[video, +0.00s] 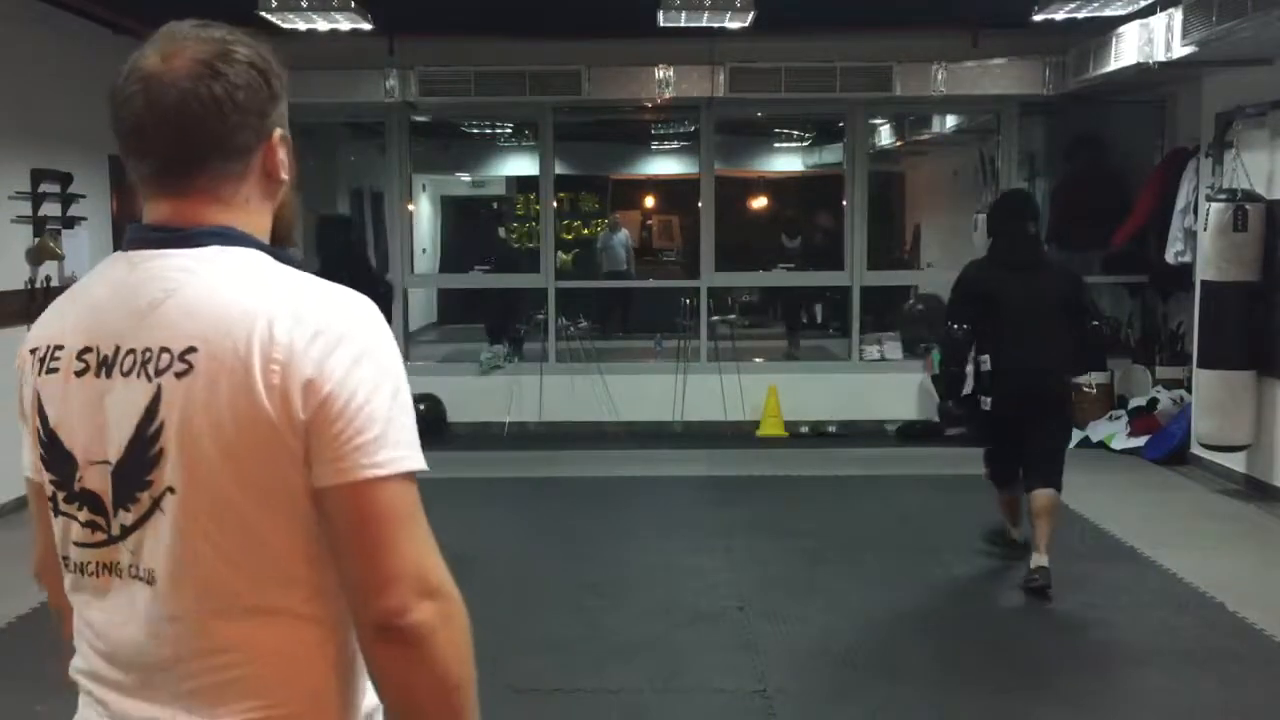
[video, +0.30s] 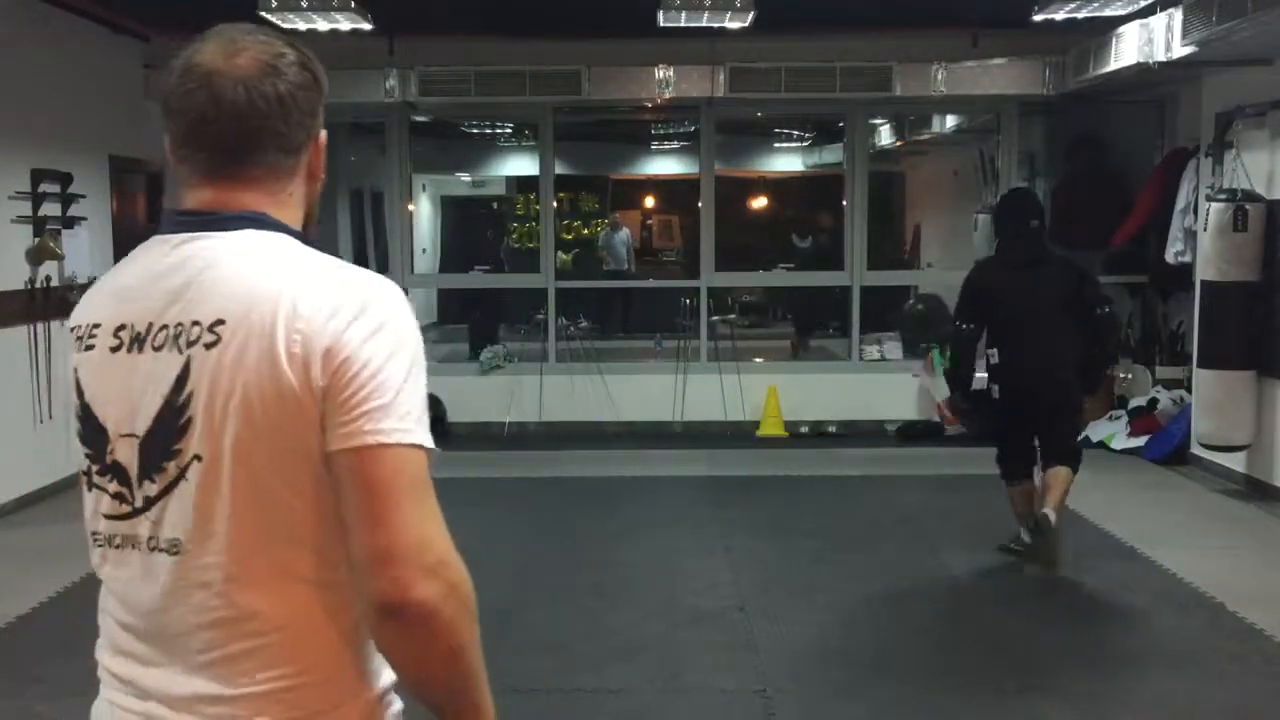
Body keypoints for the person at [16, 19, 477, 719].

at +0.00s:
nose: (294, 164)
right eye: (292, 144)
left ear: (132, 161)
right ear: (277, 157)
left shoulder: (53, 331)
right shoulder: (326, 327)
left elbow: (59, 576)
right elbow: (404, 612)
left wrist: (102, 686)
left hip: (108, 703)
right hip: (292, 706)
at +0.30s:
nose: (325, 165)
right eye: (326, 149)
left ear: (175, 153)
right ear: (317, 156)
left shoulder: (98, 309)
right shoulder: (349, 305)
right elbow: (409, 591)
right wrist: (469, 710)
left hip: (129, 700)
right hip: (313, 704)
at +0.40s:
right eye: (360, 147)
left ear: (205, 151)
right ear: (352, 158)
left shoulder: (124, 308)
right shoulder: (394, 310)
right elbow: (457, 587)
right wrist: (511, 696)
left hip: (153, 700)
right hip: (345, 704)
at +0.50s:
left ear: (242, 153)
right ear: (392, 167)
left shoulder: (145, 310)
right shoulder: (440, 326)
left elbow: (143, 530)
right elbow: (529, 586)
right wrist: (534, 654)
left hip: (176, 702)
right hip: (378, 705)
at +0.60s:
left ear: (279, 157)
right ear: (422, 172)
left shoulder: (169, 309)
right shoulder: (474, 336)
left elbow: (151, 534)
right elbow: (583, 570)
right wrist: (543, 594)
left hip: (200, 700)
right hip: (402, 701)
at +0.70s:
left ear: (304, 163)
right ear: (440, 177)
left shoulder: (188, 310)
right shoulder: (499, 334)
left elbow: (153, 532)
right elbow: (612, 549)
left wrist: (238, 609)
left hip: (227, 700)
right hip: (426, 702)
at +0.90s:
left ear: (320, 189)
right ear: (448, 200)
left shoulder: (217, 330)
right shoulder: (510, 340)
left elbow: (144, 535)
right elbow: (599, 477)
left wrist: (204, 592)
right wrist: (538, 396)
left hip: (262, 695)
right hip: (442, 693)